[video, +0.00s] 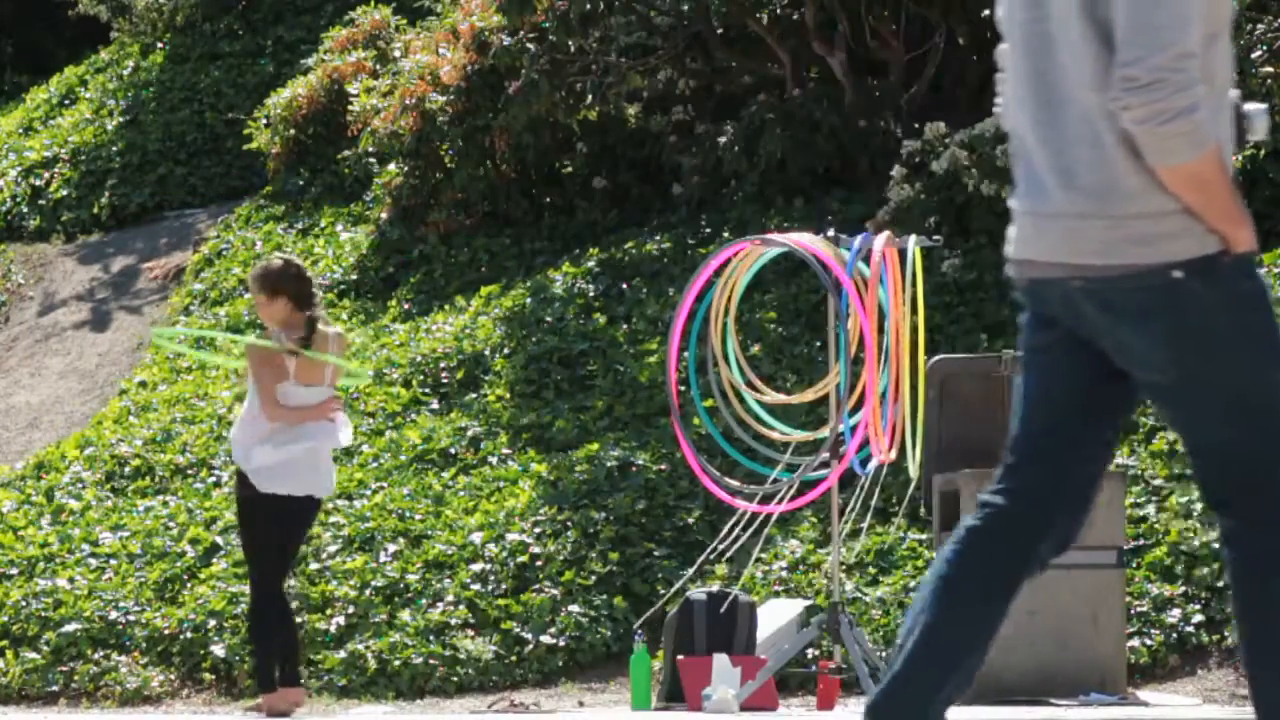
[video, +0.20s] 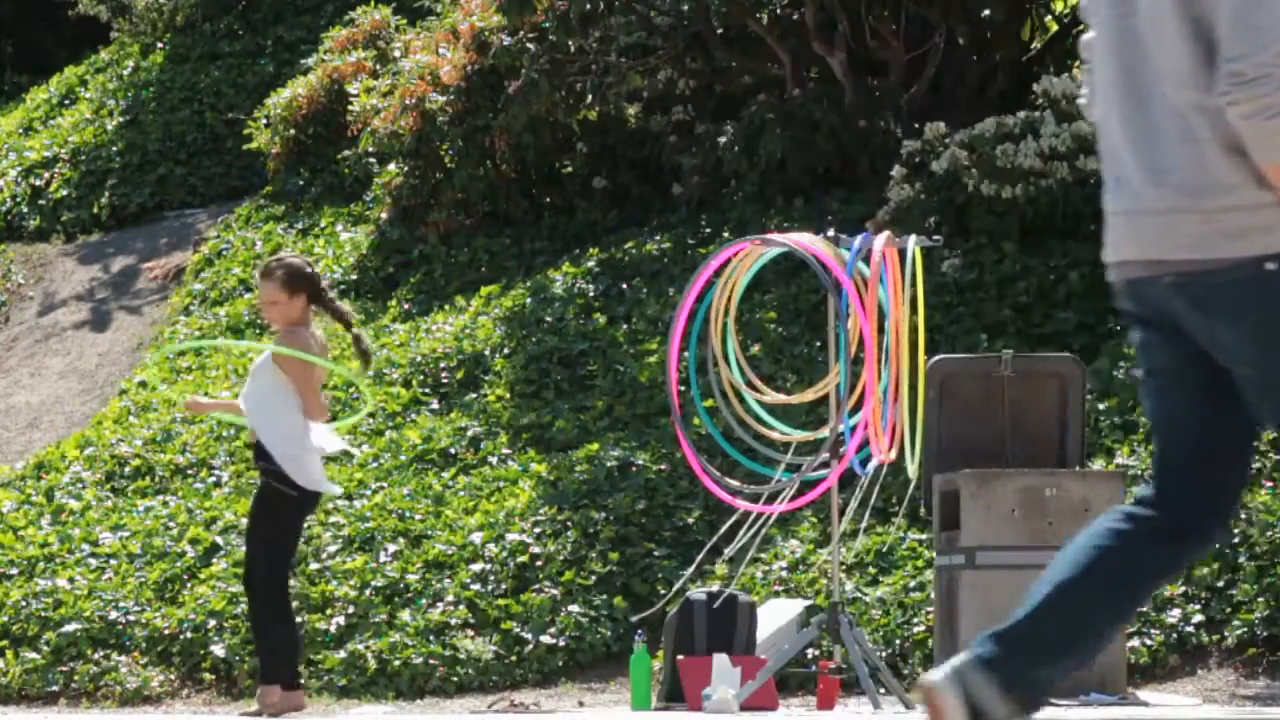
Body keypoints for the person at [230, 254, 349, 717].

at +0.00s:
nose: (256, 308)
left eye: (261, 300)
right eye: (255, 300)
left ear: (284, 300)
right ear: (297, 300)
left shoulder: (263, 347)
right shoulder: (334, 340)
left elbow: (273, 412)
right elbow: (333, 391)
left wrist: (325, 409)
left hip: (263, 473)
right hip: (312, 473)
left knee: (263, 581)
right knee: (274, 579)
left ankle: (269, 689)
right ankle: (292, 681)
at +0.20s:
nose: (263, 310)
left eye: (271, 302)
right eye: (261, 302)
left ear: (299, 300)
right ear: (288, 303)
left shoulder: (291, 342)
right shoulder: (307, 338)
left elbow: (317, 412)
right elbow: (268, 406)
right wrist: (213, 405)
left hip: (284, 479)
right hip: (294, 479)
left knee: (262, 576)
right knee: (268, 576)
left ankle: (277, 688)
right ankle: (284, 686)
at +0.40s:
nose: (290, 311)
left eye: (300, 304)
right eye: (282, 302)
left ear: (316, 304)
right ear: (271, 301)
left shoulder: (316, 343)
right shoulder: (270, 344)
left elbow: (348, 404)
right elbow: (244, 412)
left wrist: (303, 415)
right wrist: (191, 428)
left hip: (304, 472)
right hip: (264, 472)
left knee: (295, 581)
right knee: (261, 581)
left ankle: (303, 691)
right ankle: (271, 687)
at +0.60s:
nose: (316, 315)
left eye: (323, 306)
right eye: (308, 305)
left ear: (328, 305)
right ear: (283, 300)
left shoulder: (333, 343)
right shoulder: (253, 350)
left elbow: (356, 406)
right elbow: (230, 411)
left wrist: (321, 422)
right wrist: (206, 442)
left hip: (325, 468)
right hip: (271, 469)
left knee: (317, 582)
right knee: (271, 581)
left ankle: (297, 686)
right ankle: (267, 686)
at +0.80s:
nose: (338, 315)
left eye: (341, 308)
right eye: (334, 306)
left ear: (319, 305)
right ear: (304, 300)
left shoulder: (336, 344)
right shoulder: (261, 353)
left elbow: (342, 403)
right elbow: (243, 417)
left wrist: (352, 448)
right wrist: (251, 450)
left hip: (337, 469)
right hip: (290, 471)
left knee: (332, 581)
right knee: (296, 582)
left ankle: (295, 685)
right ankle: (261, 680)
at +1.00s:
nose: (346, 314)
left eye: (347, 306)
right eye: (343, 305)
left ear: (322, 303)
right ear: (320, 301)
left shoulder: (320, 345)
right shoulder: (294, 351)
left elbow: (321, 410)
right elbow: (290, 419)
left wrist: (347, 449)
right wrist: (333, 458)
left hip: (329, 476)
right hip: (312, 479)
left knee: (336, 583)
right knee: (337, 583)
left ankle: (294, 684)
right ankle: (265, 663)